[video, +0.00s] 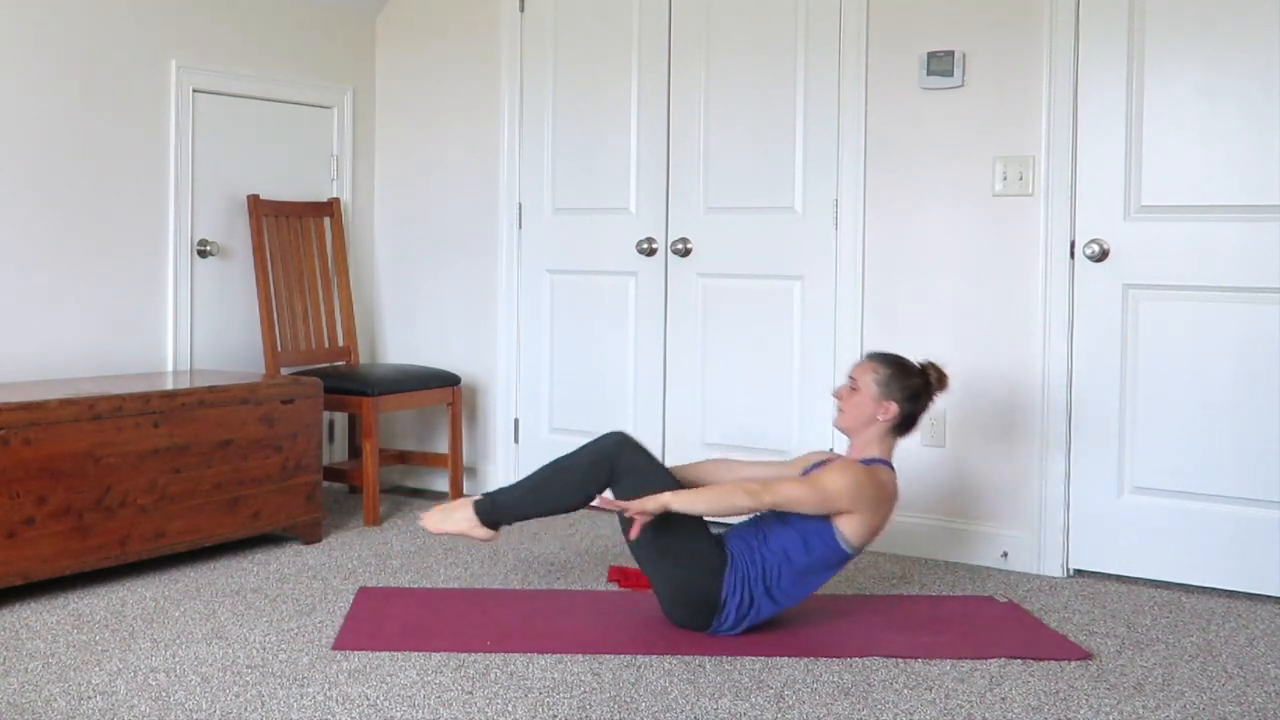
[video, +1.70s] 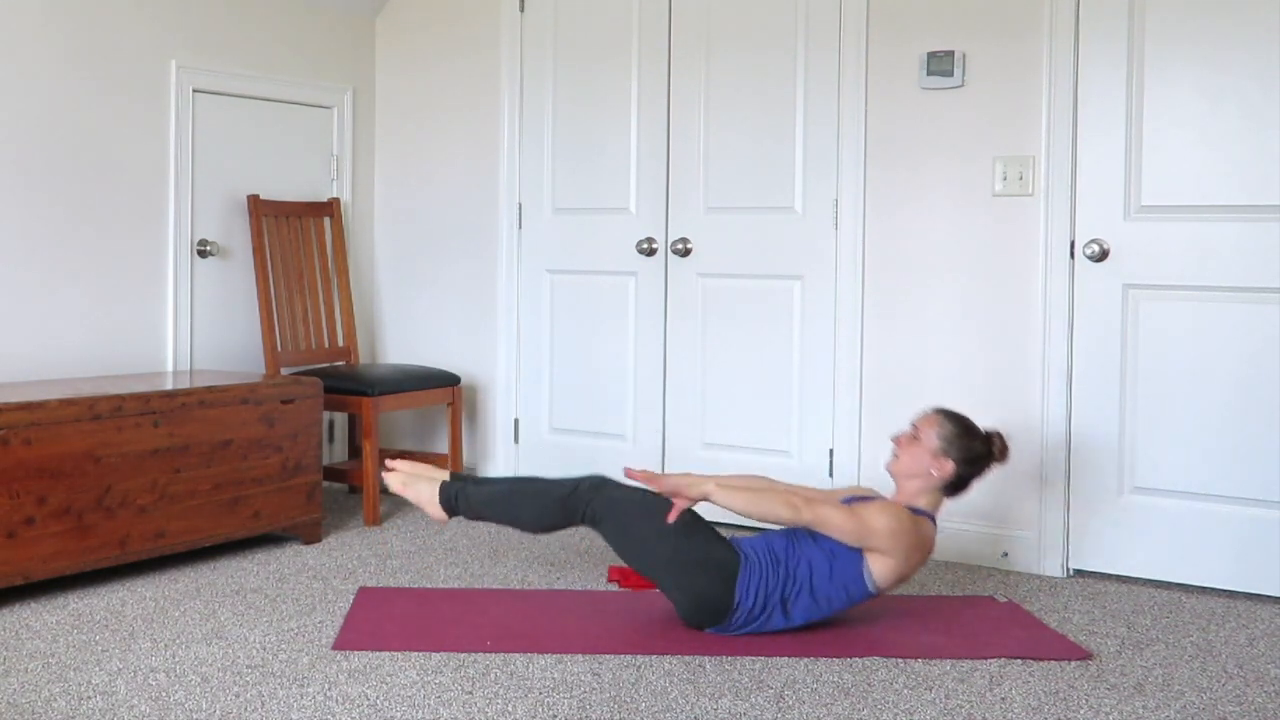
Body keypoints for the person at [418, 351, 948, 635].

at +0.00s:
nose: (838, 393)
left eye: (852, 388)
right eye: (845, 383)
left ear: (885, 413)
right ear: (873, 409)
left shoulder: (865, 483)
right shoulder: (836, 465)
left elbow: (759, 498)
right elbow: (741, 475)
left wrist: (660, 502)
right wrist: (649, 490)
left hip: (716, 595)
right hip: (714, 570)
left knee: (619, 452)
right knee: (619, 450)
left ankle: (483, 514)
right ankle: (489, 509)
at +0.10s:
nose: (876, 425)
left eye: (891, 421)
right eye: (883, 415)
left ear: (920, 449)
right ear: (904, 439)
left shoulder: (887, 512)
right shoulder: (863, 488)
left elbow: (788, 513)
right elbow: (772, 489)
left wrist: (693, 507)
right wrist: (683, 485)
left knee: (596, 476)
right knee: (602, 471)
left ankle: (454, 513)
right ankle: (461, 509)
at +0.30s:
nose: (926, 485)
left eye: (943, 486)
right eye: (937, 478)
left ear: (966, 519)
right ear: (952, 507)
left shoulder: (914, 566)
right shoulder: (903, 543)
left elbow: (820, 532)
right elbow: (813, 524)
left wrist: (740, 498)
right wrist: (723, 494)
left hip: (732, 586)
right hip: (736, 565)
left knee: (594, 503)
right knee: (596, 500)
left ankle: (452, 472)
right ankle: (459, 470)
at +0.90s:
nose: (892, 438)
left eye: (910, 435)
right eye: (900, 428)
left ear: (940, 464)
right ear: (915, 450)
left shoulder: (907, 524)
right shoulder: (876, 494)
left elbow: (809, 524)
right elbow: (788, 496)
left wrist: (711, 514)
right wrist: (701, 496)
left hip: (729, 588)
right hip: (726, 565)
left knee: (597, 491)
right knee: (598, 487)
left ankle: (449, 520)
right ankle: (454, 514)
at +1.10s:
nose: (829, 380)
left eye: (843, 376)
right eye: (836, 370)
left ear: (872, 403)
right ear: (863, 400)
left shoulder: (863, 472)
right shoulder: (827, 451)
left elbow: (757, 497)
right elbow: (737, 476)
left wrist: (657, 513)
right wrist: (650, 504)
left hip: (724, 595)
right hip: (717, 574)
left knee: (635, 446)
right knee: (632, 445)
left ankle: (500, 503)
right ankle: (497, 489)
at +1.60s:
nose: (862, 408)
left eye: (877, 404)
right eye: (871, 399)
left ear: (906, 431)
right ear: (896, 425)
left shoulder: (875, 494)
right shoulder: (860, 475)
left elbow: (770, 493)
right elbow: (762, 480)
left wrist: (677, 490)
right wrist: (672, 486)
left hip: (726, 595)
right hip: (727, 570)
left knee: (617, 463)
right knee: (618, 458)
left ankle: (468, 482)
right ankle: (473, 474)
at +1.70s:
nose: (898, 442)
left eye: (915, 441)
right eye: (907, 433)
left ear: (940, 471)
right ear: (923, 459)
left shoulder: (902, 527)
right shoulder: (884, 505)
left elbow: (800, 508)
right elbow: (789, 499)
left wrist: (700, 491)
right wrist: (696, 487)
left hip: (727, 586)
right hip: (729, 566)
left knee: (590, 493)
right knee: (594, 492)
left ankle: (445, 494)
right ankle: (450, 490)